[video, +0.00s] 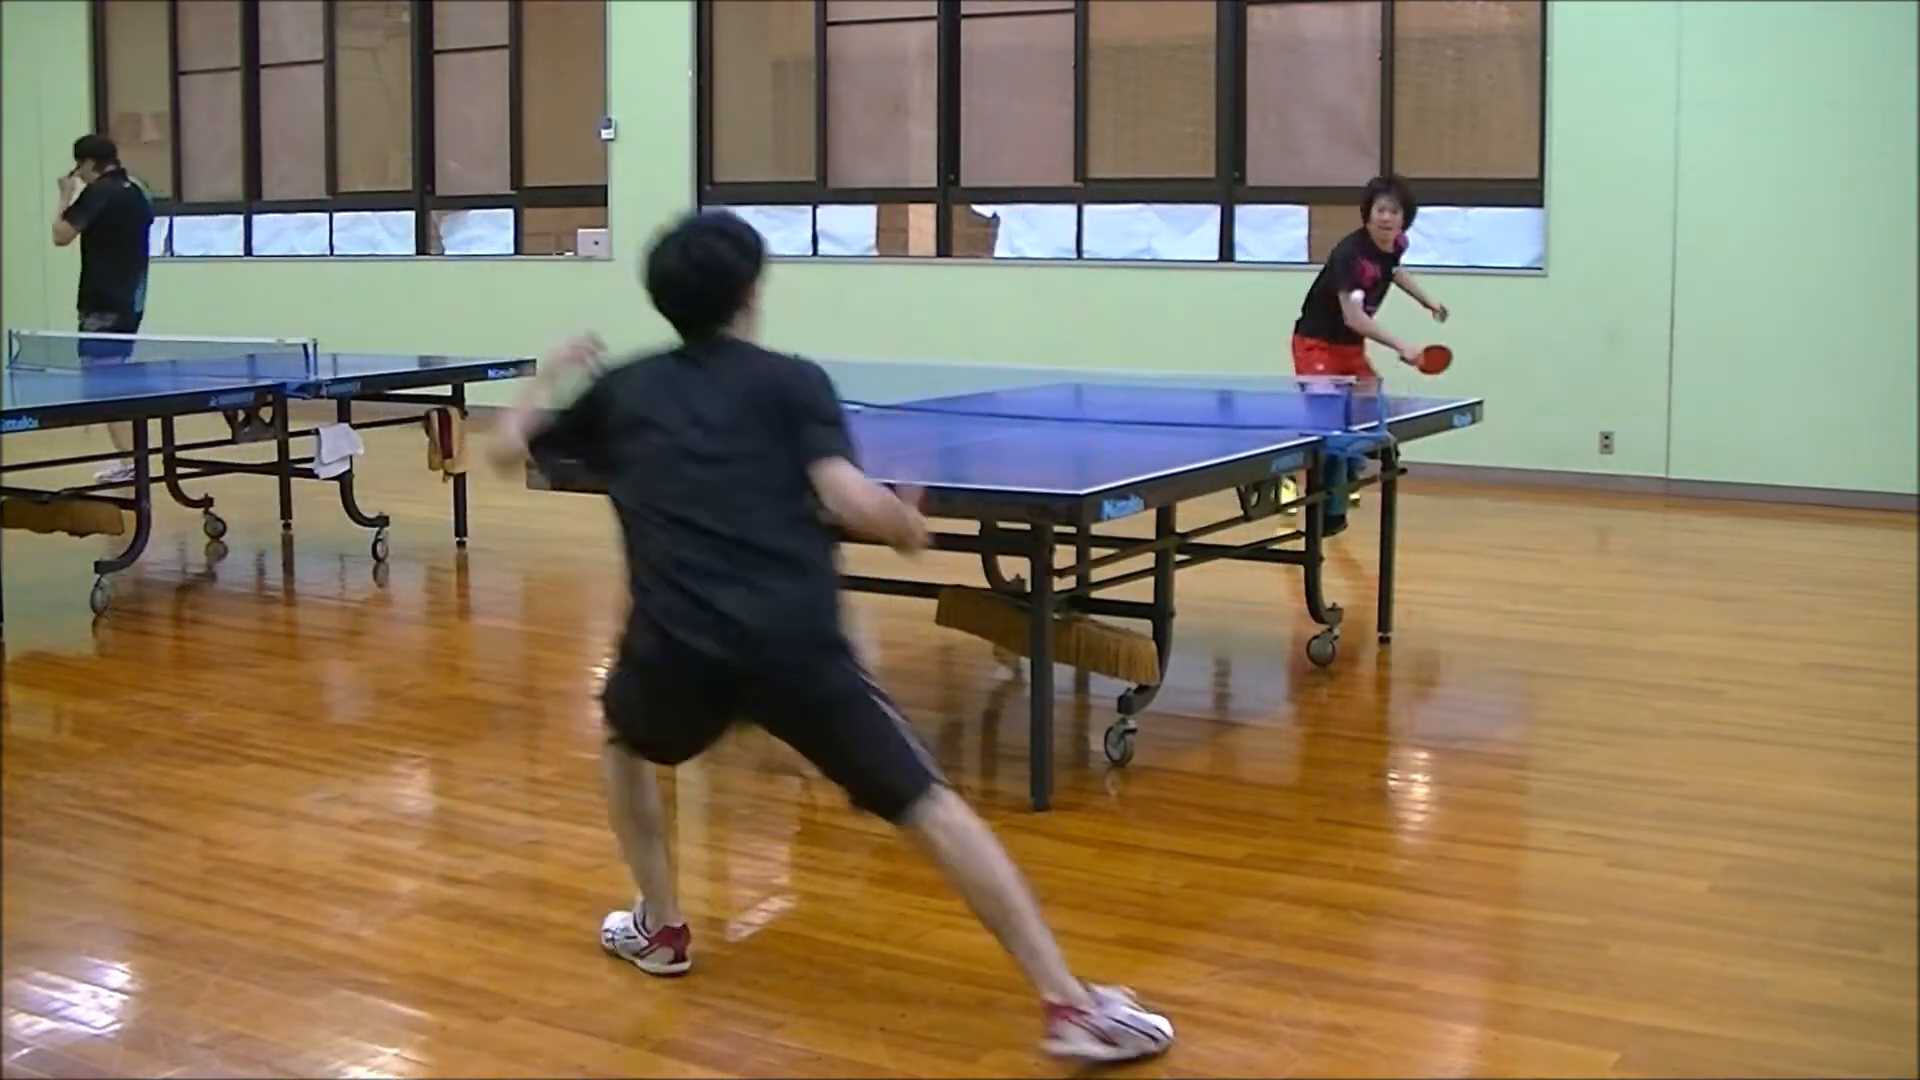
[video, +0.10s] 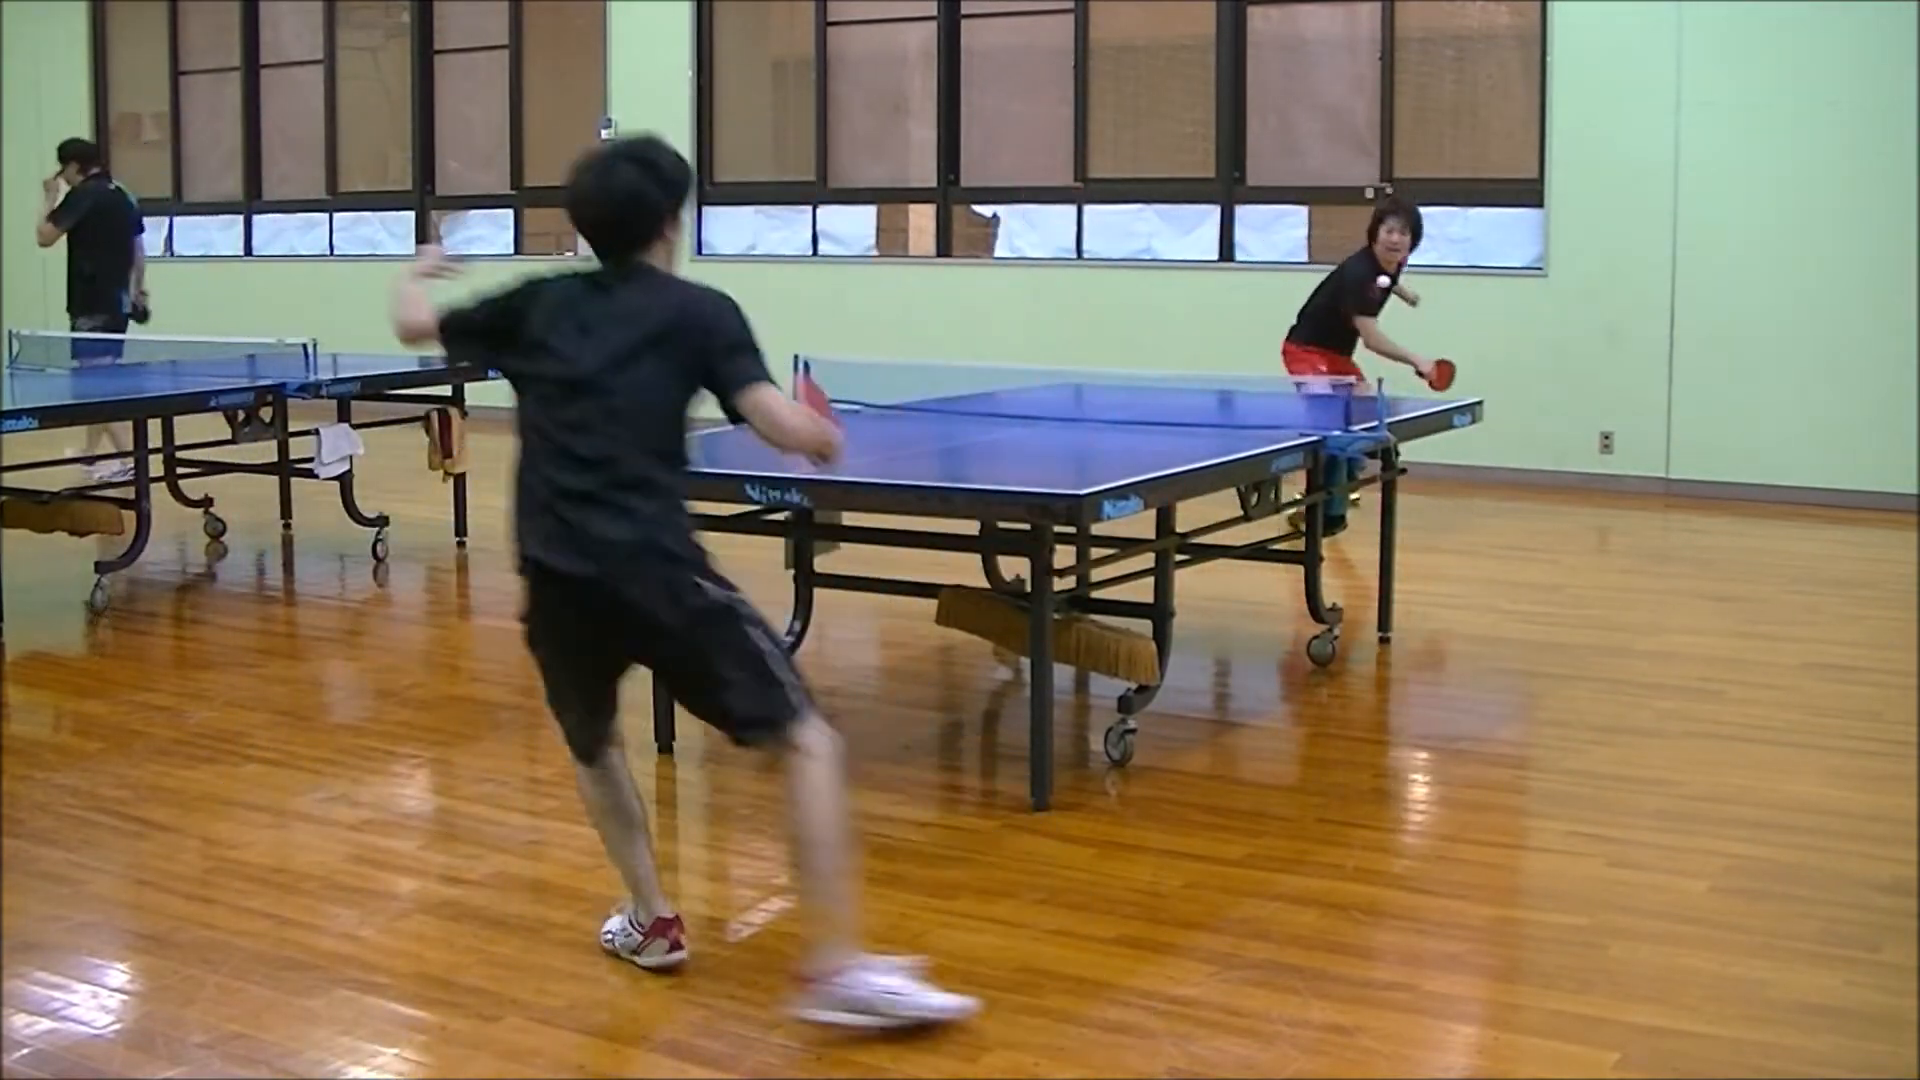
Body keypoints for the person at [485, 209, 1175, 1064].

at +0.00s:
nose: (760, 289)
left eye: (749, 278)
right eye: (755, 278)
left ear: (665, 302)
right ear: (745, 295)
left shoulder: (624, 395)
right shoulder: (792, 383)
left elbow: (507, 444)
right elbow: (843, 496)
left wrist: (552, 375)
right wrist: (906, 524)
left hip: (679, 658)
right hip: (798, 656)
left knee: (627, 742)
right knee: (932, 807)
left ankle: (660, 925)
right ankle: (1070, 1002)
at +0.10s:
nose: (687, 223)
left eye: (682, 211)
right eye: (682, 213)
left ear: (585, 229)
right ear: (668, 226)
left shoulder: (539, 304)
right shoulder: (697, 312)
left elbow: (414, 322)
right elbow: (776, 420)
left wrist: (419, 268)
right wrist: (820, 433)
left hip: (558, 583)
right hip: (660, 576)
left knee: (595, 746)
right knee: (808, 737)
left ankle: (652, 920)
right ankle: (838, 962)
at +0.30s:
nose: (543, 163)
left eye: (541, 149)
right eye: (541, 151)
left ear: (445, 155)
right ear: (524, 162)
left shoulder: (396, 235)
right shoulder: (536, 262)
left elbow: (280, 328)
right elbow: (594, 398)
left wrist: (199, 412)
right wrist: (646, 391)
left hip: (378, 502)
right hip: (448, 513)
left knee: (479, 647)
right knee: (503, 717)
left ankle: (435, 811)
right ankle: (327, 859)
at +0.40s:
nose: (471, 198)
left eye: (468, 184)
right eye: (467, 185)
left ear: (379, 194)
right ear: (449, 196)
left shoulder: (332, 280)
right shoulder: (444, 302)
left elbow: (247, 402)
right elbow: (500, 438)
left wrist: (236, 497)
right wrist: (573, 425)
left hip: (302, 533)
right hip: (361, 554)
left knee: (357, 659)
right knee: (430, 753)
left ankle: (270, 794)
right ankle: (276, 898)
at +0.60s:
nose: (363, 292)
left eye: (360, 278)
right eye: (358, 280)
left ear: (288, 293)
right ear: (333, 297)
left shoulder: (265, 356)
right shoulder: (302, 389)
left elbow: (286, 454)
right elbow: (342, 528)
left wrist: (366, 486)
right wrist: (449, 500)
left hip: (173, 579)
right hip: (215, 597)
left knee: (214, 686)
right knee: (376, 717)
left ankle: (111, 803)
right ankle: (279, 893)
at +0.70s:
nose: (340, 280)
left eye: (337, 267)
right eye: (335, 268)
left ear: (277, 279)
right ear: (309, 282)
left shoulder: (258, 343)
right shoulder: (256, 372)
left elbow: (294, 423)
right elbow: (292, 520)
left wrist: (366, 449)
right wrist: (406, 510)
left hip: (168, 548)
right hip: (171, 565)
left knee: (225, 647)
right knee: (314, 693)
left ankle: (117, 786)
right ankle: (277, 893)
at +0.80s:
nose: (314, 272)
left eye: (312, 259)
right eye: (308, 261)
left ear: (259, 270)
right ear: (274, 276)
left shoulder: (263, 333)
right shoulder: (203, 361)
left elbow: (304, 405)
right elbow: (199, 508)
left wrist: (314, 413)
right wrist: (322, 499)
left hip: (190, 535)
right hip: (144, 543)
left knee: (220, 653)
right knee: (277, 674)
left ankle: (116, 767)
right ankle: (217, 873)